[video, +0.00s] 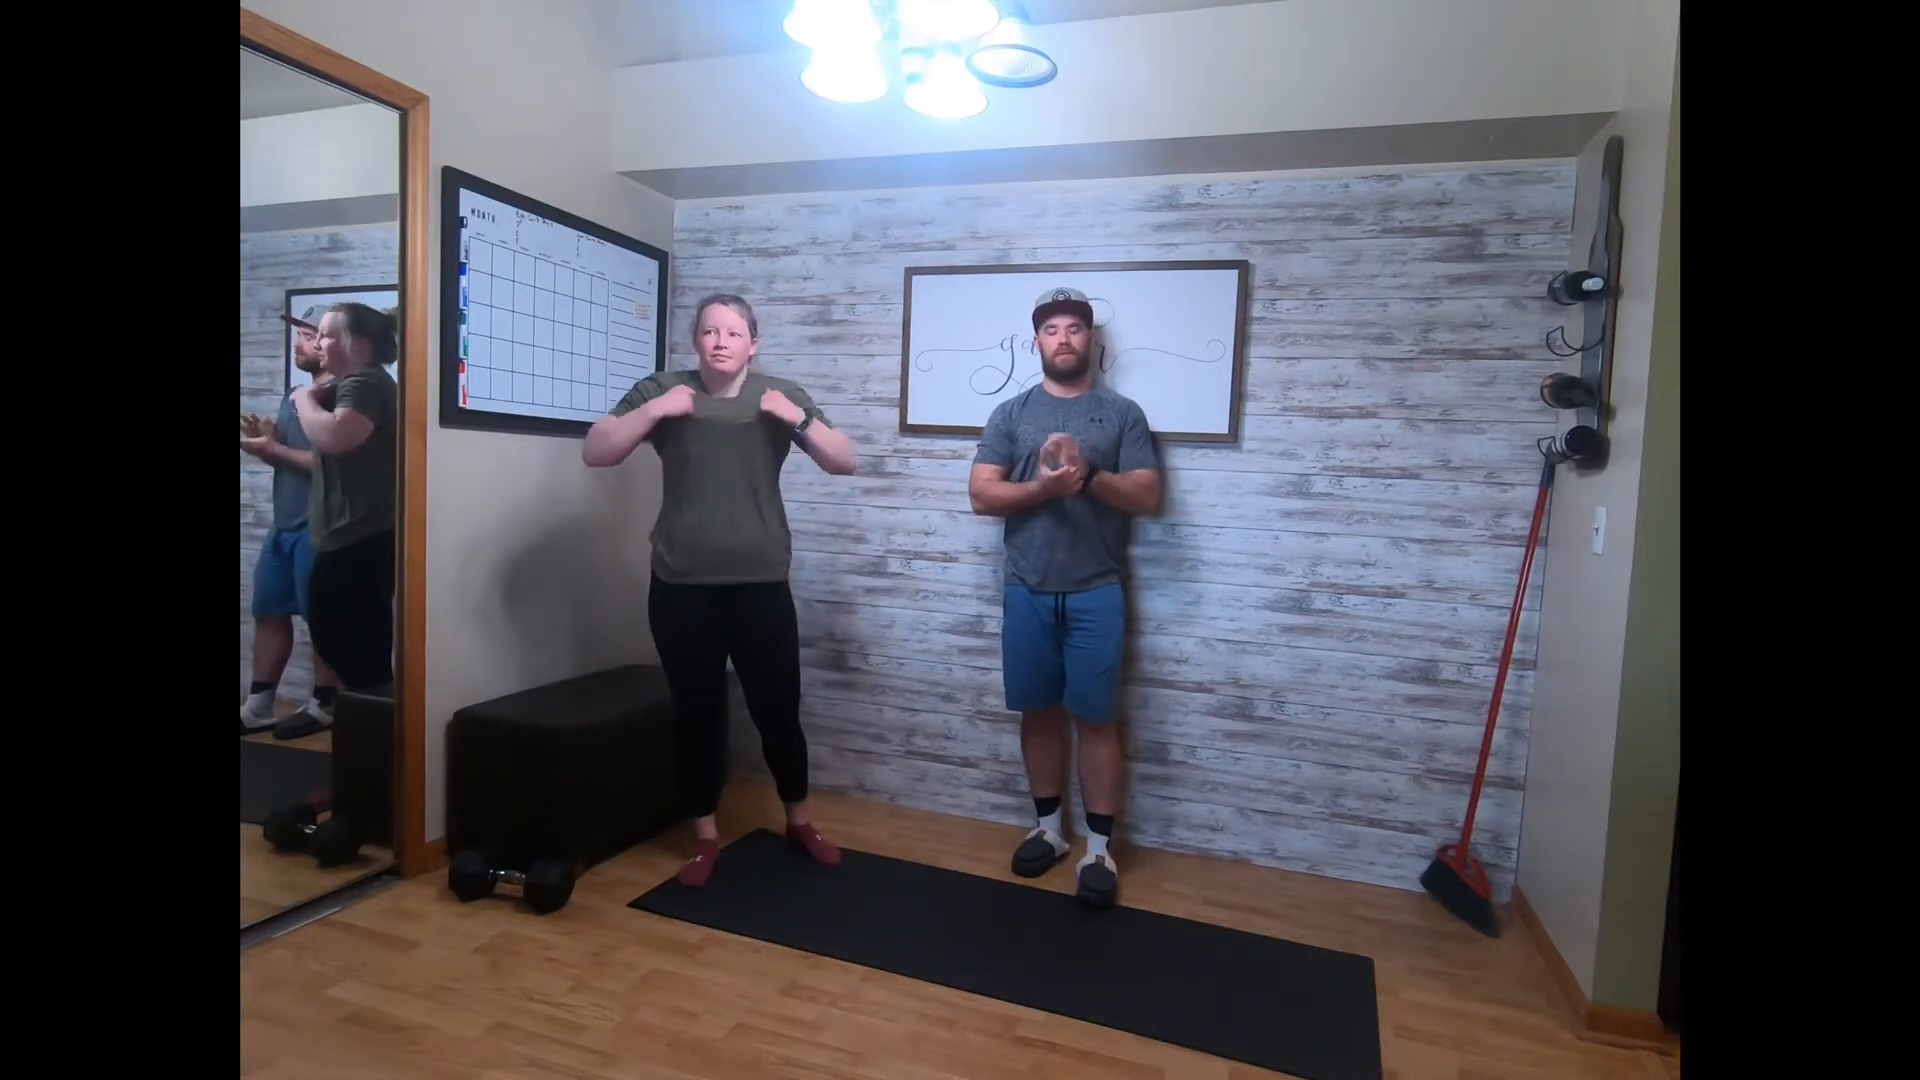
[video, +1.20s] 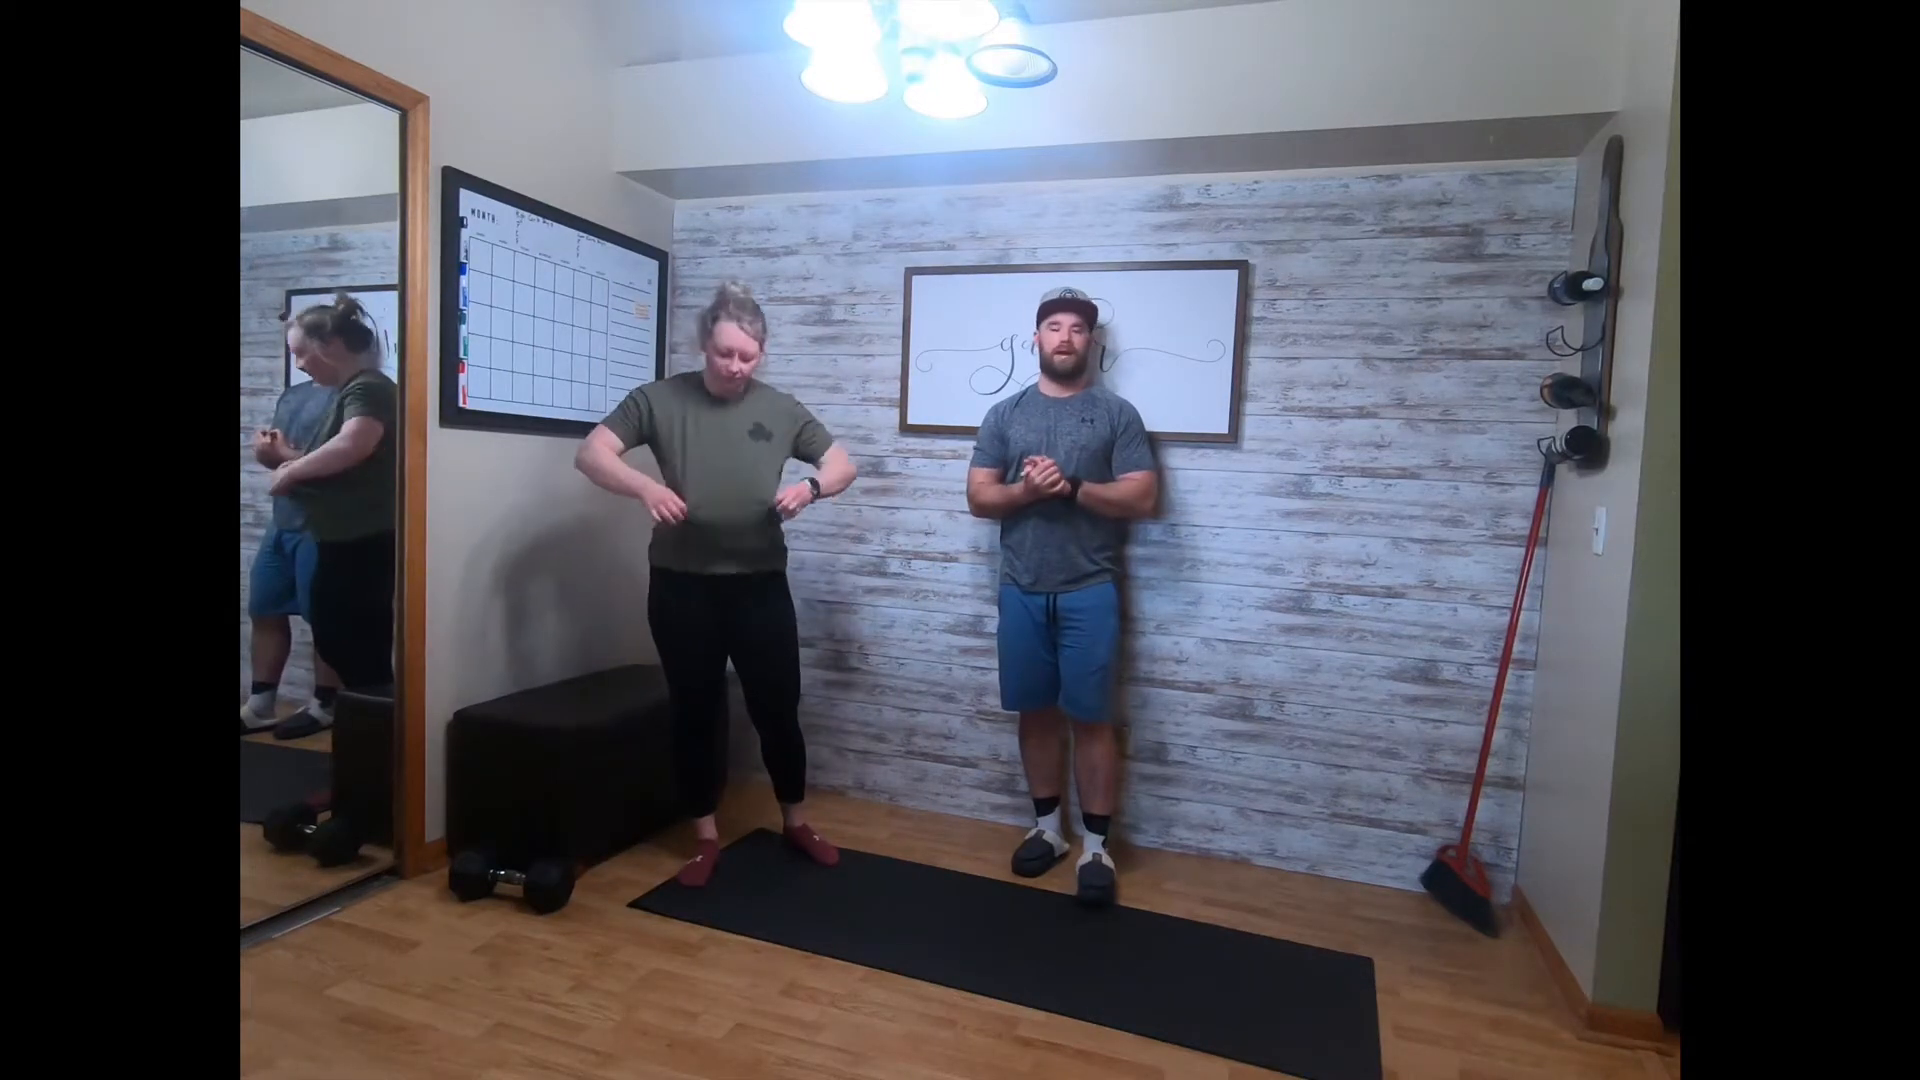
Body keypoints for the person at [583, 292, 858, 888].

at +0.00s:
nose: (720, 341)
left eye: (732, 333)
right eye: (709, 333)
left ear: (752, 343)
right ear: (695, 342)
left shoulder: (778, 396)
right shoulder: (664, 390)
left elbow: (845, 462)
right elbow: (595, 453)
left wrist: (799, 419)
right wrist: (655, 409)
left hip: (761, 584)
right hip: (681, 584)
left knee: (780, 713)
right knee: (696, 716)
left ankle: (801, 824)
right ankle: (707, 840)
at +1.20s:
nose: (736, 367)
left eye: (748, 357)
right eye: (726, 354)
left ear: (762, 354)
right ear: (703, 345)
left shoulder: (780, 409)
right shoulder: (660, 400)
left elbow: (842, 464)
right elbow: (591, 452)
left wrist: (811, 487)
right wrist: (644, 487)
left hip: (760, 585)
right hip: (682, 585)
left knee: (778, 710)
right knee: (695, 714)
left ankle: (797, 824)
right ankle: (707, 840)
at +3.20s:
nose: (740, 352)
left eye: (751, 341)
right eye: (728, 341)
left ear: (764, 348)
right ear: (706, 345)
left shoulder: (790, 418)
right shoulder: (667, 410)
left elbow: (808, 505)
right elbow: (630, 492)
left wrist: (750, 529)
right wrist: (688, 529)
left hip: (768, 594)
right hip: (687, 592)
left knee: (782, 717)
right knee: (698, 719)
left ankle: (798, 825)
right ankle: (707, 838)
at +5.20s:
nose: (781, 348)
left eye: (791, 339)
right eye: (770, 339)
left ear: (804, 346)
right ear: (748, 346)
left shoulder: (830, 416)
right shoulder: (713, 409)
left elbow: (843, 496)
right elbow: (679, 487)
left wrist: (793, 525)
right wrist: (732, 526)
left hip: (807, 589)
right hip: (732, 586)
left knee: (797, 710)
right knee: (723, 711)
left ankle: (798, 823)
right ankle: (710, 835)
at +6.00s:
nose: (800, 365)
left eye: (810, 353)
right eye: (790, 354)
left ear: (832, 356)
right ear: (777, 358)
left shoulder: (863, 422)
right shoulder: (748, 413)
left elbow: (884, 501)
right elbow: (724, 486)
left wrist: (830, 527)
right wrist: (771, 520)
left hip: (832, 592)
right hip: (759, 586)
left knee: (811, 709)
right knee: (739, 707)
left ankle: (798, 823)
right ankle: (714, 833)